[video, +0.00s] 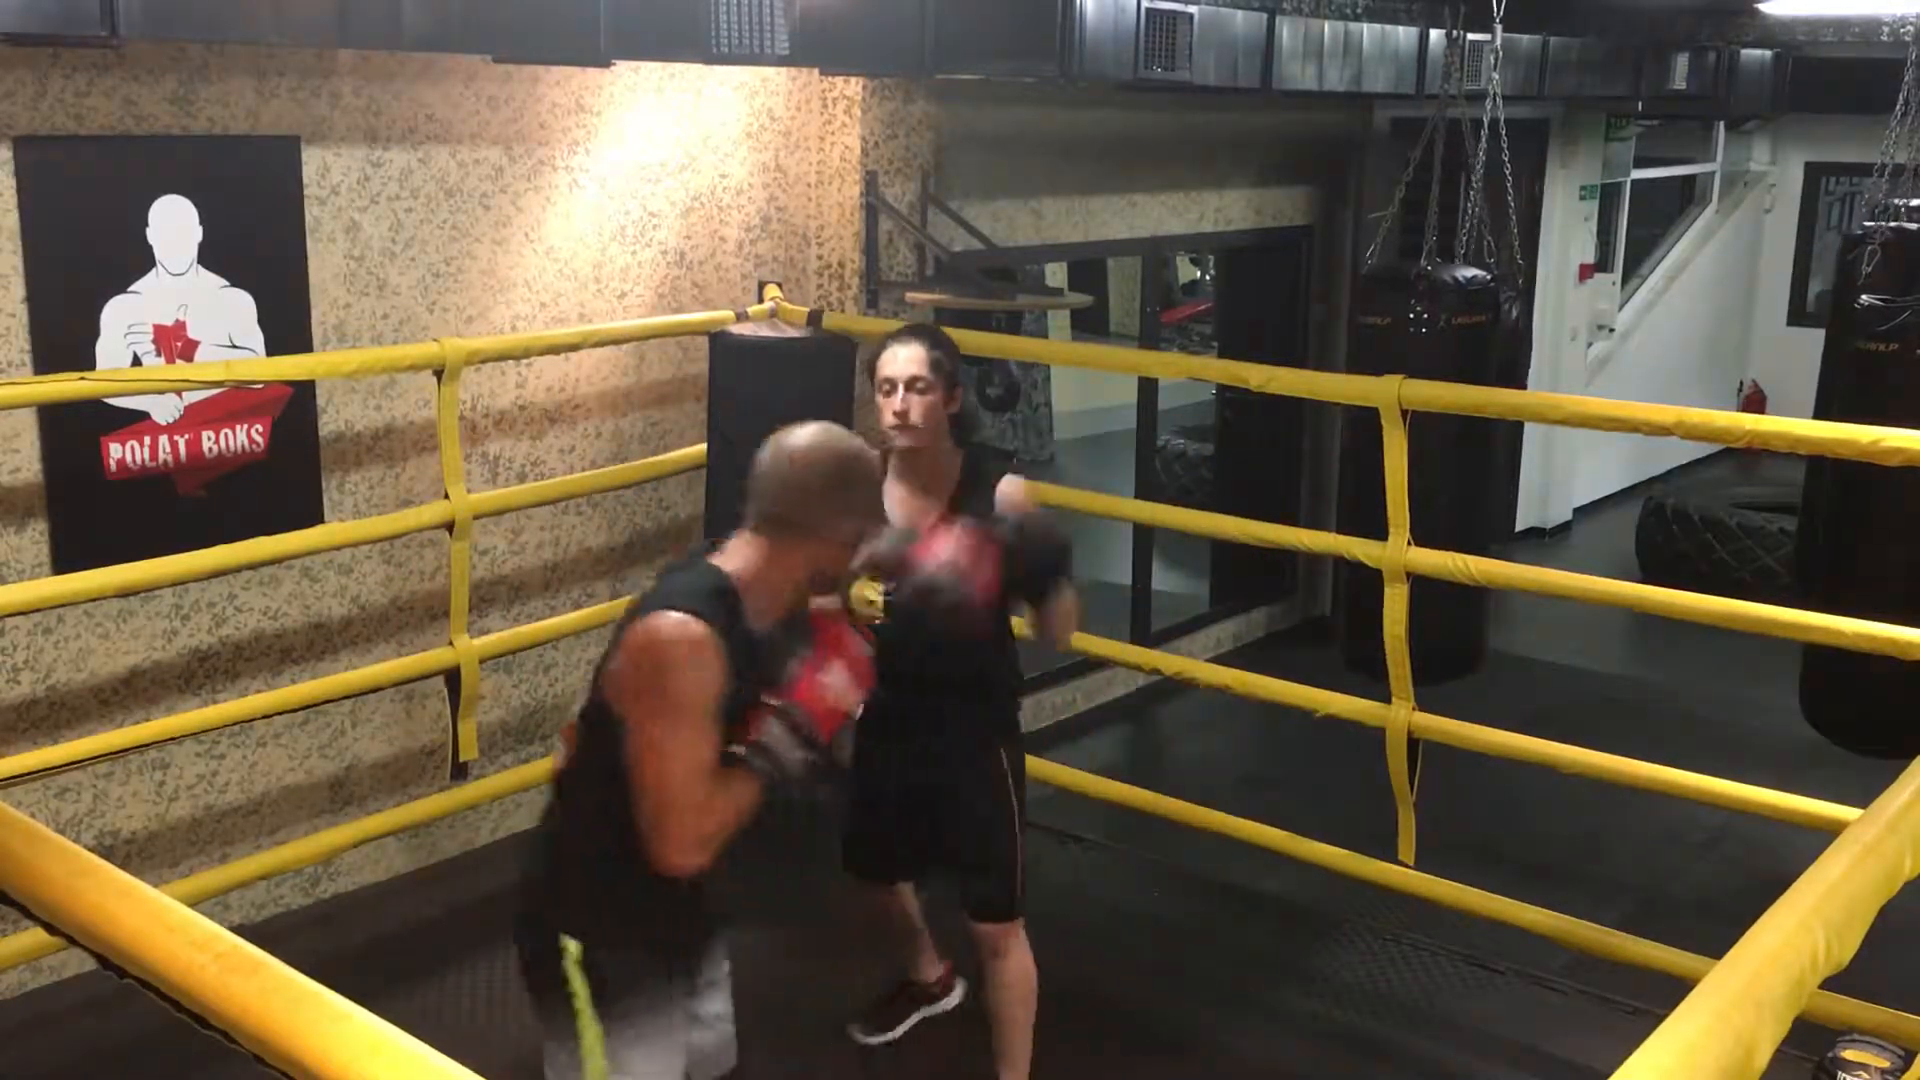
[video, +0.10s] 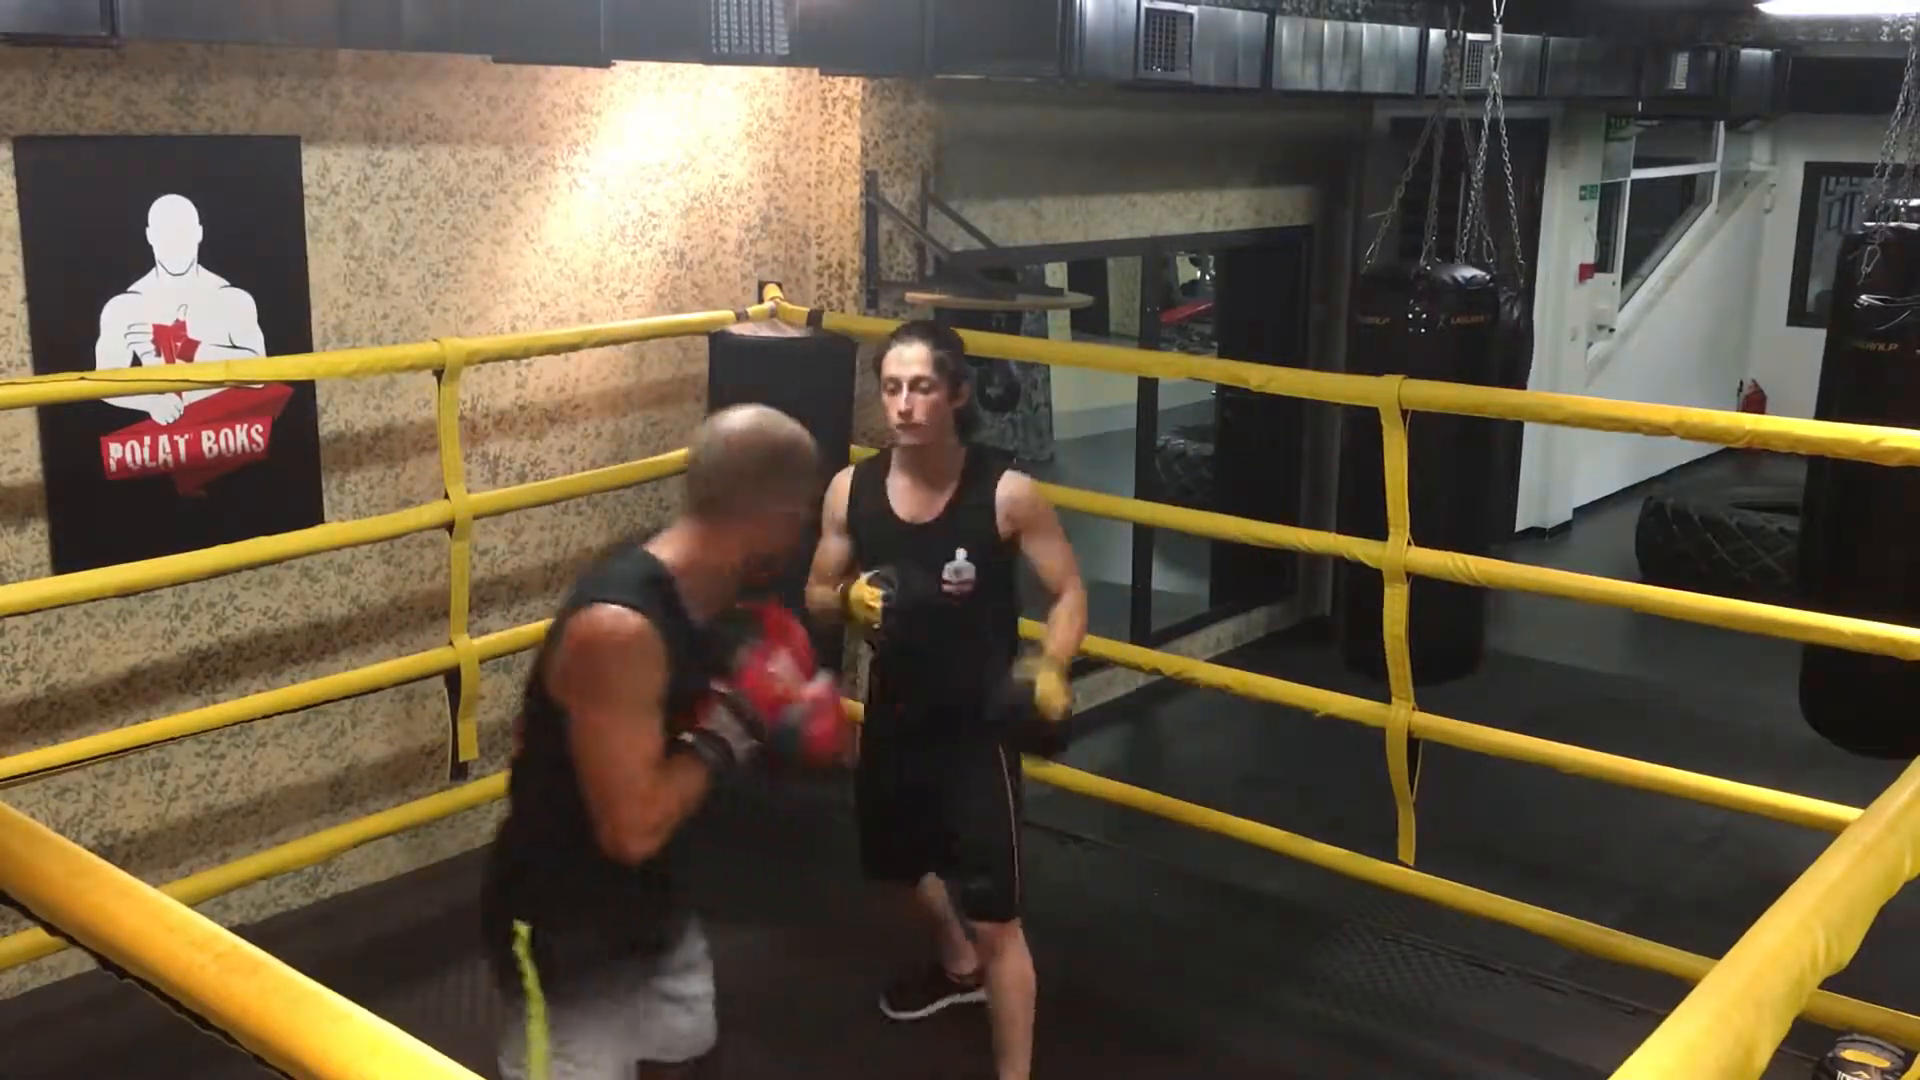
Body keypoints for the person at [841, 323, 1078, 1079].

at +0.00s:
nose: (900, 403)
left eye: (918, 388)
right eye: (887, 388)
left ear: (952, 400)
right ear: (874, 401)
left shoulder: (998, 498)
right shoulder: (855, 490)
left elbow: (1058, 631)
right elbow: (805, 595)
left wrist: (1043, 560)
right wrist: (844, 596)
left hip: (975, 726)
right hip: (884, 720)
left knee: (996, 928)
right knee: (879, 867)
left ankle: (1014, 1071)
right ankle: (927, 976)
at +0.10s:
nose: (906, 405)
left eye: (923, 388)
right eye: (894, 388)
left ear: (959, 397)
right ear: (880, 398)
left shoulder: (1008, 495)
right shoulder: (852, 491)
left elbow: (1068, 592)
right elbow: (817, 597)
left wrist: (1051, 665)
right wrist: (847, 599)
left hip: (978, 725)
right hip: (892, 722)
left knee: (995, 922)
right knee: (909, 864)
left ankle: (1014, 1072)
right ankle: (962, 967)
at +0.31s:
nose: (873, 399)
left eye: (892, 386)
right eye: (866, 383)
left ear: (932, 396)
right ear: (858, 391)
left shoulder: (967, 494)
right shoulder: (860, 475)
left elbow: (1020, 609)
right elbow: (842, 590)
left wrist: (988, 721)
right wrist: (837, 582)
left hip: (948, 711)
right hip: (889, 701)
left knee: (925, 897)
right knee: (904, 859)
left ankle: (988, 1068)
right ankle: (965, 979)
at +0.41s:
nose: (853, 376)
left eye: (871, 363)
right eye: (845, 362)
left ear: (911, 374)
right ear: (837, 370)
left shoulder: (939, 467)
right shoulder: (852, 449)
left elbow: (992, 591)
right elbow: (848, 553)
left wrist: (944, 702)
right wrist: (819, 551)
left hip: (927, 685)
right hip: (880, 677)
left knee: (876, 866)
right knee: (927, 842)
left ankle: (929, 1041)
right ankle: (973, 974)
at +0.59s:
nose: (789, 376)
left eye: (807, 362)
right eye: (785, 361)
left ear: (850, 374)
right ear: (782, 371)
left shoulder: (876, 472)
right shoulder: (807, 453)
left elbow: (908, 602)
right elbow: (819, 541)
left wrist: (831, 695)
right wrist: (772, 545)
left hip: (876, 681)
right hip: (848, 669)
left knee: (791, 835)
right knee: (917, 822)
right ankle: (974, 976)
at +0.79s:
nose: (711, 396)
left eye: (728, 382)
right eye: (710, 380)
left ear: (775, 390)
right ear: (720, 384)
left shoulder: (800, 495)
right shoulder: (740, 455)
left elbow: (809, 630)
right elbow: (756, 543)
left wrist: (716, 701)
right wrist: (707, 552)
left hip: (793, 689)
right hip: (764, 677)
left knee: (732, 833)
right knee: (823, 819)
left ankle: (730, 989)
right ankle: (939, 941)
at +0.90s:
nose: (692, 395)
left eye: (709, 381)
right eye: (686, 378)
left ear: (750, 389)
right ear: (681, 380)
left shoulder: (767, 489)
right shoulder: (707, 451)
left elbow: (773, 622)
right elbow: (722, 535)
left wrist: (676, 683)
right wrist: (678, 553)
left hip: (772, 680)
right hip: (738, 668)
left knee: (722, 833)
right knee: (762, 815)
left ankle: (731, 991)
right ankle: (868, 905)